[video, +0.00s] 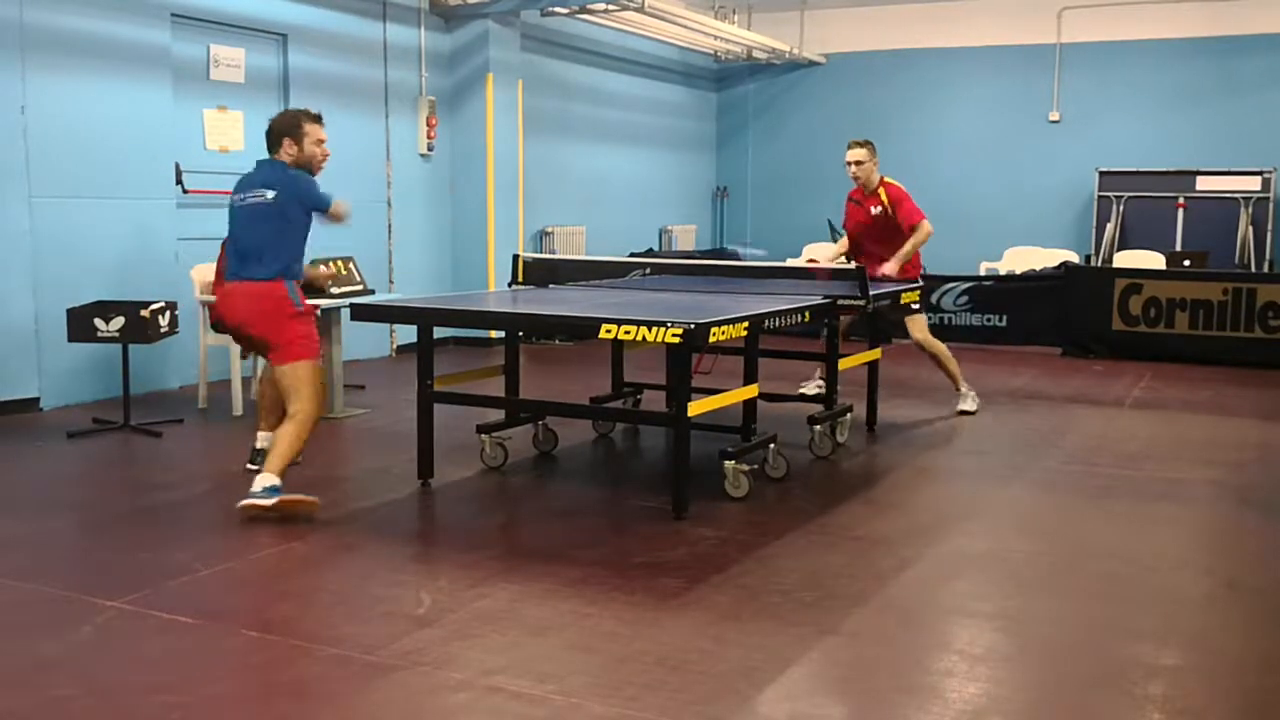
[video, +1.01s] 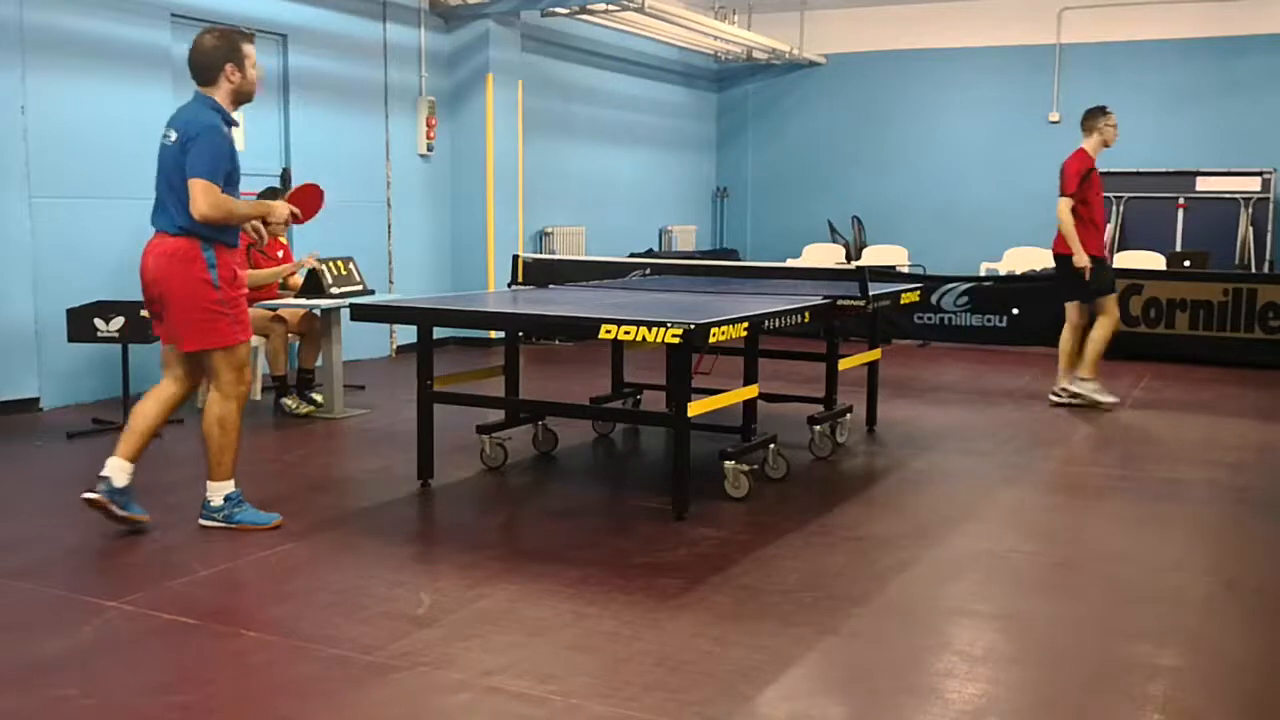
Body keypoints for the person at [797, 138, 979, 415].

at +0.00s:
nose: (852, 170)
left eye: (858, 164)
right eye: (849, 165)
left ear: (874, 164)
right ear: (846, 167)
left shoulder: (892, 192)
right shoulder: (853, 198)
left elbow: (924, 229)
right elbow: (851, 237)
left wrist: (896, 261)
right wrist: (828, 258)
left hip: (902, 281)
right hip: (866, 281)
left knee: (921, 337)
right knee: (836, 325)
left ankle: (964, 390)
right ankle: (824, 380)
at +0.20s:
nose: (897, 161)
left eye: (902, 155)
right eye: (891, 157)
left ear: (915, 154)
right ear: (888, 160)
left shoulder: (942, 178)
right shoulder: (891, 193)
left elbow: (965, 213)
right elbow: (892, 234)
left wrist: (976, 253)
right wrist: (903, 256)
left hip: (945, 270)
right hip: (908, 273)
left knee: (953, 328)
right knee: (875, 325)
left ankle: (968, 391)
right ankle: (835, 375)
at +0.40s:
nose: (950, 139)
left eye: (956, 133)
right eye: (945, 134)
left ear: (966, 134)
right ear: (938, 136)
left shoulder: (985, 164)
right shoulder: (929, 173)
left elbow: (997, 204)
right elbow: (918, 218)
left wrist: (1004, 240)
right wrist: (918, 260)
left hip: (980, 253)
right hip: (942, 257)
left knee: (994, 317)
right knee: (940, 323)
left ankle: (1004, 384)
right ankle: (944, 381)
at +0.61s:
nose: (1013, 146)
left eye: (1017, 140)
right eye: (1006, 141)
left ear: (1022, 141)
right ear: (992, 144)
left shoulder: (1028, 175)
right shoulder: (978, 178)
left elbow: (1027, 221)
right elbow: (950, 213)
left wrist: (1027, 258)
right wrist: (958, 242)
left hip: (1019, 270)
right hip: (984, 271)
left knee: (1049, 320)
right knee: (973, 333)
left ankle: (1060, 389)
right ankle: (951, 384)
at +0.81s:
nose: (1073, 135)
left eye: (1075, 129)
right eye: (1068, 129)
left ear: (1072, 132)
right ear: (1050, 132)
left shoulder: (1067, 166)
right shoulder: (1029, 169)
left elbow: (1063, 211)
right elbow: (1012, 214)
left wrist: (1070, 249)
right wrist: (1033, 247)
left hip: (1065, 257)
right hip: (1040, 258)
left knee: (1075, 320)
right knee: (1037, 322)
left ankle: (1064, 388)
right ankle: (978, 365)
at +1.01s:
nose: (1117, 132)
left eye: (1116, 127)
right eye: (1113, 127)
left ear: (1098, 130)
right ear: (1097, 129)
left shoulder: (1086, 164)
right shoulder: (1076, 163)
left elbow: (1079, 212)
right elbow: (1064, 211)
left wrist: (1093, 249)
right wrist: (1078, 251)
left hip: (1080, 254)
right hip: (1084, 254)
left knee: (1075, 318)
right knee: (1109, 315)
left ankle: (1063, 383)